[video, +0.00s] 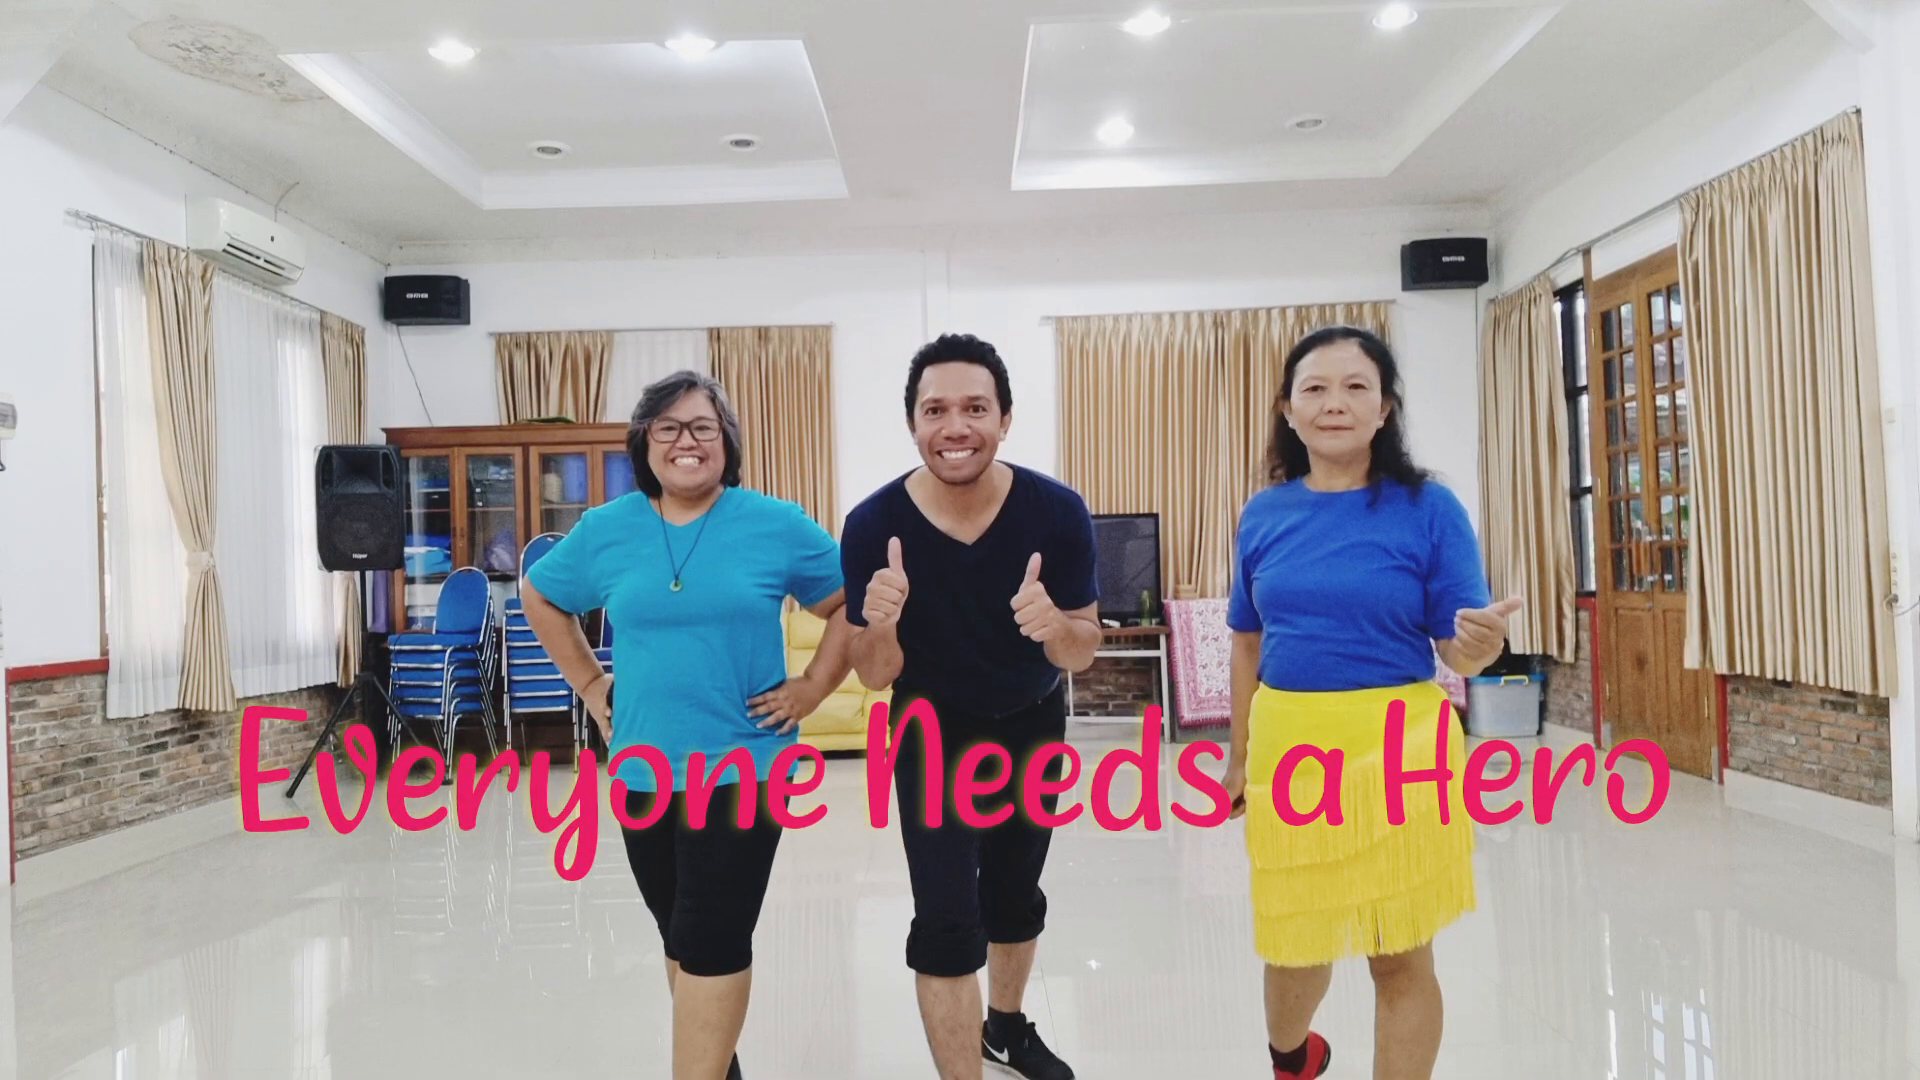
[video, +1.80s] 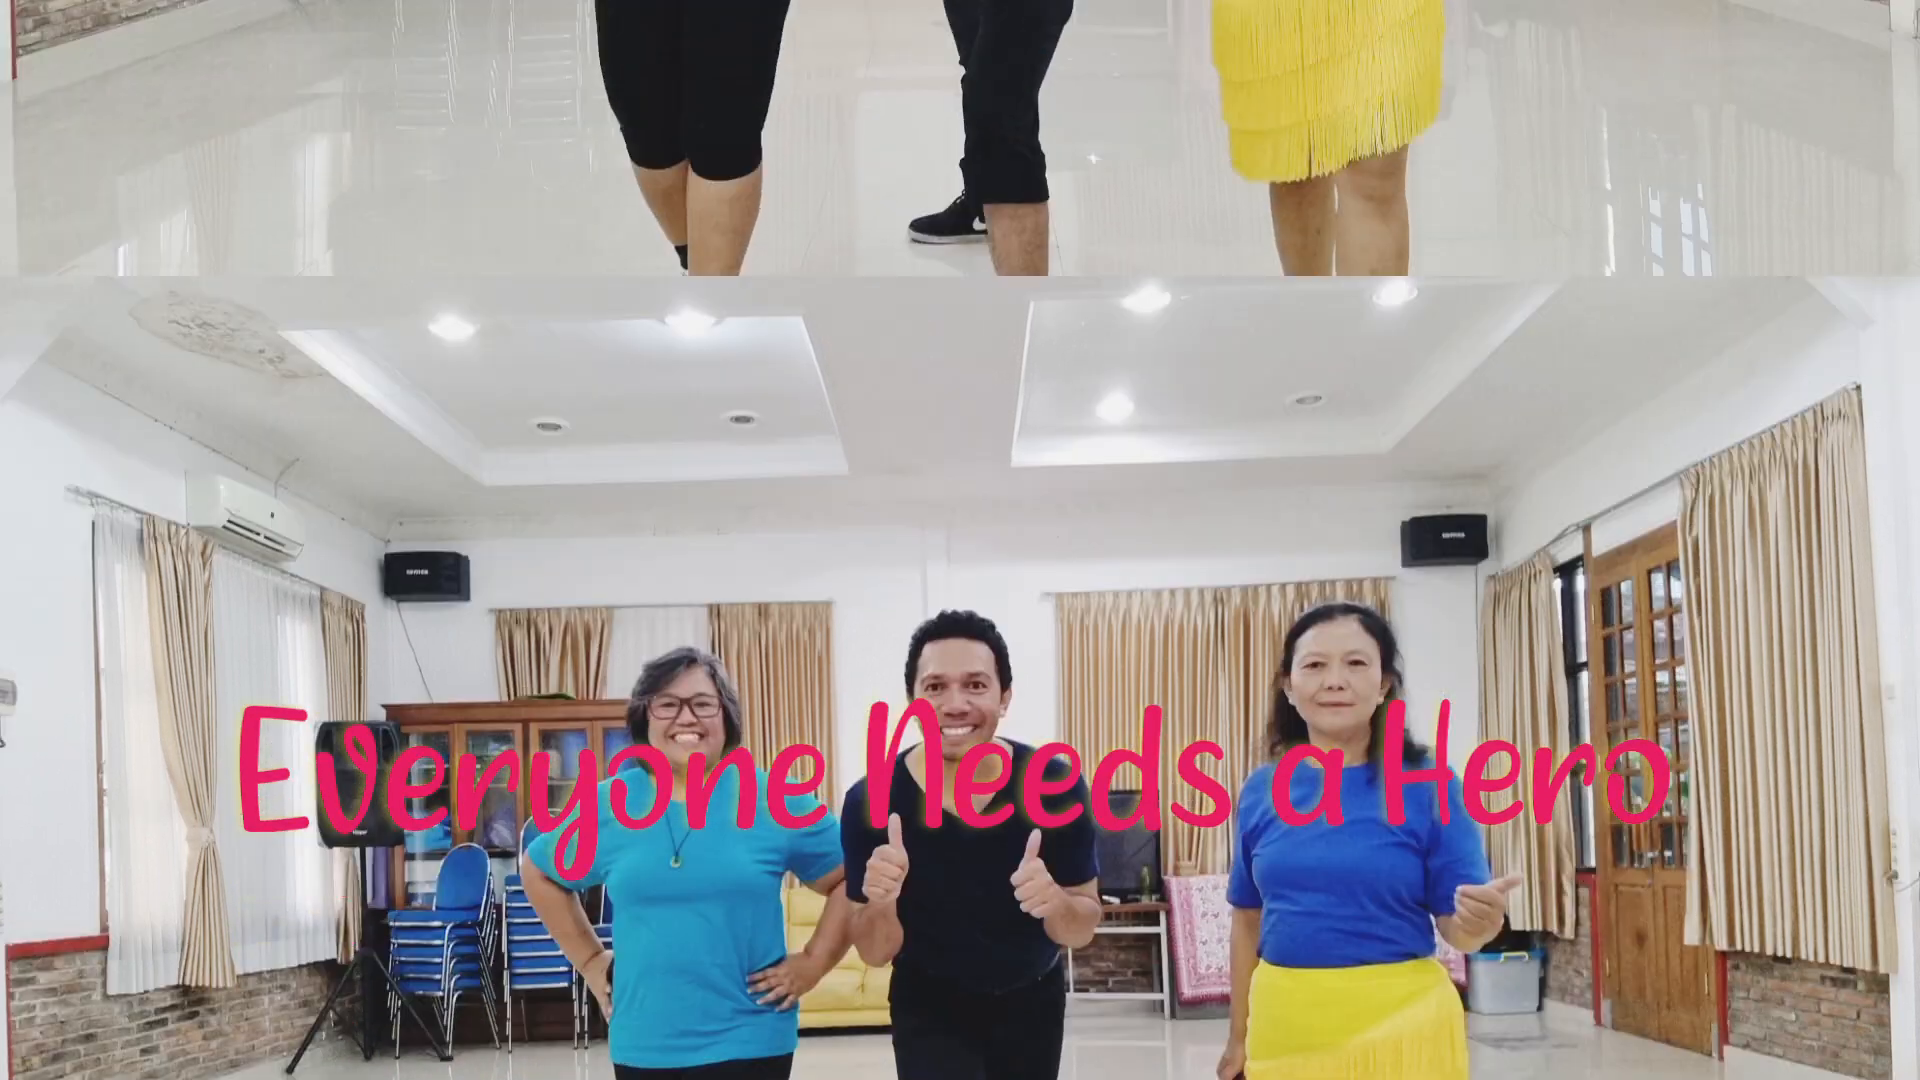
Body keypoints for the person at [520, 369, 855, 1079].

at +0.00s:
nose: (687, 441)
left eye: (703, 428)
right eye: (670, 429)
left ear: (727, 443)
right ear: (644, 446)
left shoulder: (778, 527)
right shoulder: (606, 530)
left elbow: (854, 606)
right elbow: (538, 594)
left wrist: (812, 686)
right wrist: (591, 683)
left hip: (746, 774)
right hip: (643, 776)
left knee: (708, 947)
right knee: (683, 946)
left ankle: (696, 1079)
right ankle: (722, 1070)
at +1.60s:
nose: (687, 476)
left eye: (703, 463)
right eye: (670, 464)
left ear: (727, 478)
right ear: (645, 482)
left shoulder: (778, 560)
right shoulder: (607, 564)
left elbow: (853, 642)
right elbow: (538, 630)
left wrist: (811, 721)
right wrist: (592, 718)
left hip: (743, 811)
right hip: (643, 813)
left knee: (706, 982)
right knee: (685, 982)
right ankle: (706, 1076)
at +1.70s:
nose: (688, 556)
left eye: (703, 543)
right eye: (670, 544)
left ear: (727, 557)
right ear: (645, 561)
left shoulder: (778, 642)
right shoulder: (606, 646)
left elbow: (850, 719)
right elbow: (539, 706)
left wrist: (813, 804)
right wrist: (589, 795)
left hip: (745, 890)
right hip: (642, 895)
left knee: (703, 1061)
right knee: (688, 1062)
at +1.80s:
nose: (687, 716)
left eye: (703, 704)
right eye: (669, 704)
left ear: (727, 716)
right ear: (645, 716)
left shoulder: (769, 801)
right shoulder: (614, 803)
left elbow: (853, 875)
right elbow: (539, 869)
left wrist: (815, 960)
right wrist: (592, 961)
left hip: (748, 1044)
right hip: (644, 1046)